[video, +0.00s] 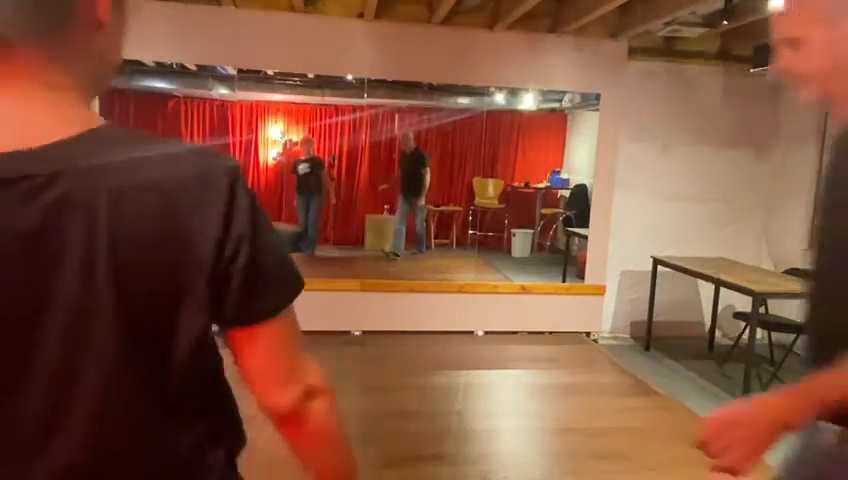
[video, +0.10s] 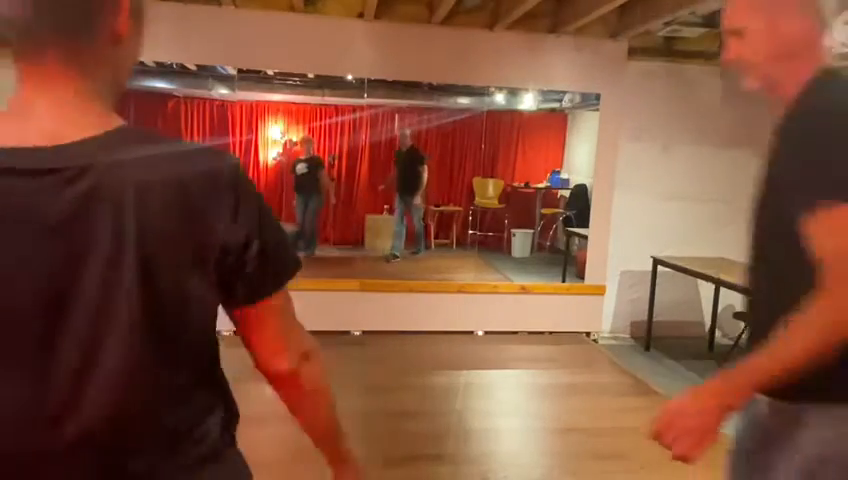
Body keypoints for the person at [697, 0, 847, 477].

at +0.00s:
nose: (779, 66)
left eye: (795, 44)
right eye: (778, 47)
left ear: (843, 35)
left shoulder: (841, 143)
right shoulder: (838, 139)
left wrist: (777, 411)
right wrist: (790, 412)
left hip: (836, 435)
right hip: (829, 430)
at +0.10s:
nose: (728, 54)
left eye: (739, 34)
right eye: (726, 38)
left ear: (790, 28)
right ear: (796, 31)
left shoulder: (823, 115)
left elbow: (839, 296)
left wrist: (717, 397)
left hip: (817, 416)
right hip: (790, 406)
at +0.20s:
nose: (688, 50)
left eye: (697, 30)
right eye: (686, 33)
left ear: (745, 23)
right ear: (744, 25)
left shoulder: (771, 109)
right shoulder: (808, 103)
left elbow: (769, 280)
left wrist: (653, 376)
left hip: (768, 387)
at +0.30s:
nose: (655, 48)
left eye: (663, 30)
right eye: (654, 33)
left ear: (707, 24)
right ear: (708, 25)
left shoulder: (723, 107)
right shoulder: (778, 105)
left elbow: (707, 260)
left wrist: (598, 343)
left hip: (725, 362)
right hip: (773, 356)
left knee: (692, 470)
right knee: (698, 468)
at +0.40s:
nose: (626, 49)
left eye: (632, 31)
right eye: (626, 34)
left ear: (672, 24)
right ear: (679, 26)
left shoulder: (683, 107)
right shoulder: (754, 111)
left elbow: (656, 250)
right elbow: (743, 240)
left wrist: (548, 313)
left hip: (691, 344)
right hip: (739, 339)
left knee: (661, 472)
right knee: (631, 448)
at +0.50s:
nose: (597, 54)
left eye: (602, 37)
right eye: (597, 39)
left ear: (641, 33)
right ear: (651, 35)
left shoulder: (648, 108)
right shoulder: (710, 106)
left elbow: (612, 243)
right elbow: (702, 232)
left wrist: (505, 291)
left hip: (655, 342)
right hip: (696, 332)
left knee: (640, 471)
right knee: (598, 440)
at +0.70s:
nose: (545, 66)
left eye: (552, 52)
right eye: (545, 53)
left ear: (584, 49)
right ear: (595, 51)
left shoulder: (588, 118)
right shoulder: (647, 120)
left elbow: (546, 237)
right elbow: (665, 237)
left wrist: (444, 263)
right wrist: (655, 313)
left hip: (587, 330)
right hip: (626, 322)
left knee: (587, 467)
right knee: (541, 453)